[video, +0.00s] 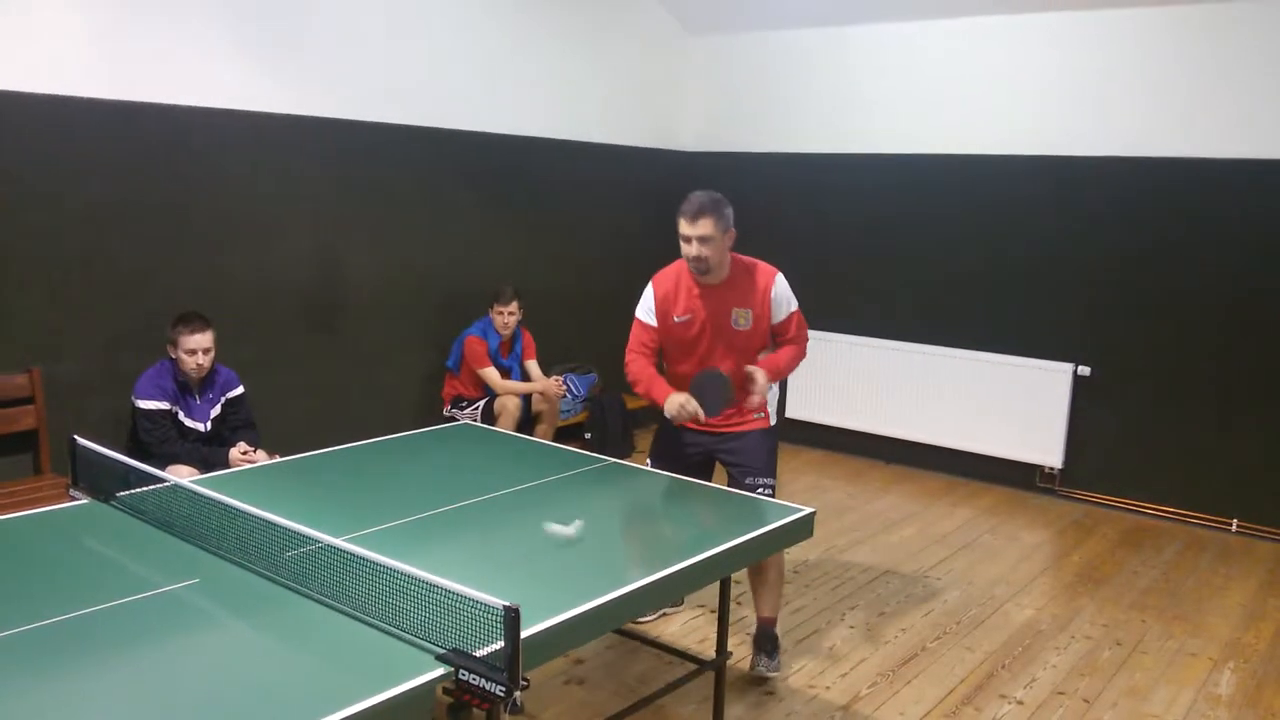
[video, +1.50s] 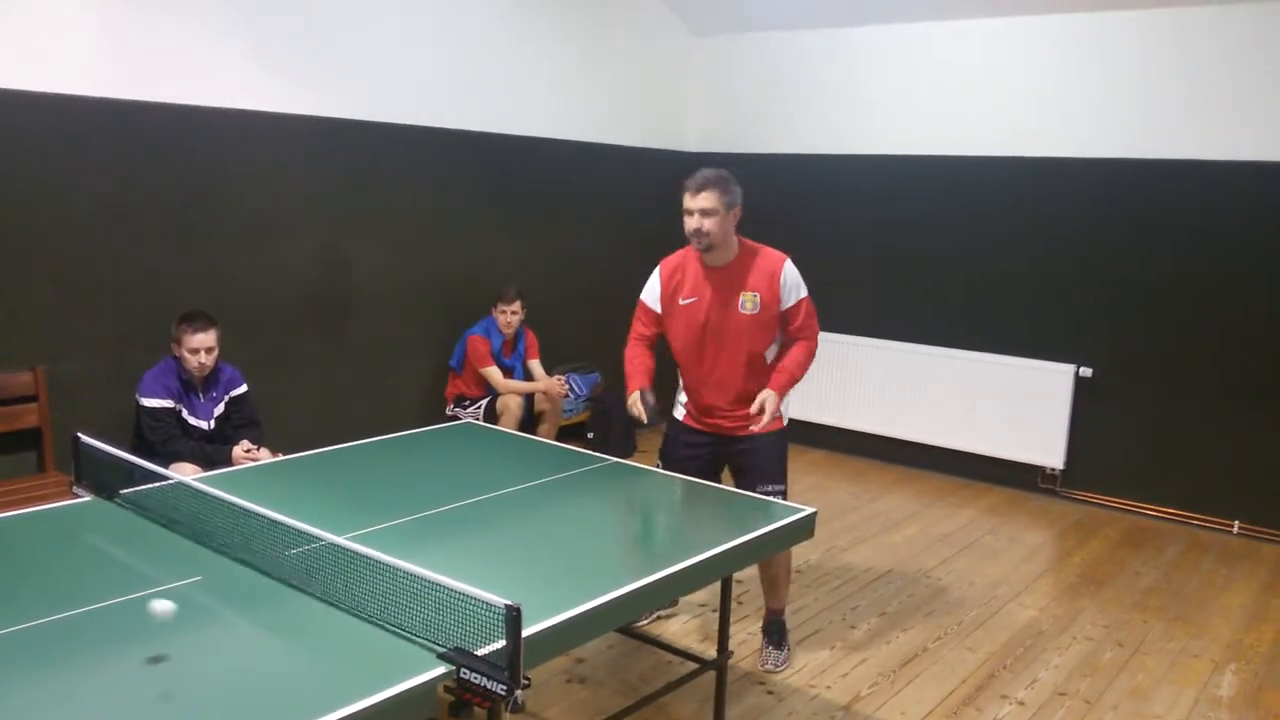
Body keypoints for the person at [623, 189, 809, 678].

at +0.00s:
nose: (695, 252)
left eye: (706, 241)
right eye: (687, 240)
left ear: (730, 238)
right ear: (678, 237)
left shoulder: (766, 282)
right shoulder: (662, 288)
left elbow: (795, 342)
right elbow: (636, 358)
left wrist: (767, 369)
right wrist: (666, 396)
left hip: (747, 423)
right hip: (683, 423)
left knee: (760, 523)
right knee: (662, 513)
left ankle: (766, 634)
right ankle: (667, 587)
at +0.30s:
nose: (732, 268)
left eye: (744, 258)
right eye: (724, 257)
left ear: (768, 257)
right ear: (715, 255)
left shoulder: (796, 301)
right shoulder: (695, 300)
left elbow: (816, 350)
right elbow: (641, 354)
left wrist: (813, 381)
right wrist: (660, 394)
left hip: (763, 440)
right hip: (698, 439)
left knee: (769, 539)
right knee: (673, 524)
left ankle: (763, 655)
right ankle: (660, 581)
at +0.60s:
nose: (700, 236)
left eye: (712, 226)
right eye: (693, 225)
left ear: (740, 229)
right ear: (685, 228)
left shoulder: (777, 287)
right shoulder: (668, 283)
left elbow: (798, 357)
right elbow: (660, 351)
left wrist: (744, 384)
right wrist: (678, 393)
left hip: (750, 438)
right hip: (685, 433)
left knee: (757, 544)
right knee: (659, 517)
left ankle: (760, 655)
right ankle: (663, 590)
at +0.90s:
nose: (657, 226)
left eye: (668, 217)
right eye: (652, 217)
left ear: (699, 219)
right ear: (648, 220)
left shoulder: (739, 277)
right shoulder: (645, 274)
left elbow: (758, 352)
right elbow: (635, 339)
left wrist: (699, 386)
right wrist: (649, 381)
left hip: (739, 425)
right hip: (679, 423)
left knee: (752, 522)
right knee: (658, 511)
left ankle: (769, 637)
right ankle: (666, 594)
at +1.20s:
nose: (669, 234)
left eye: (680, 224)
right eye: (663, 224)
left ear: (709, 222)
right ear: (658, 225)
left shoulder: (751, 274)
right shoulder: (653, 279)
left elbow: (778, 346)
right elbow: (634, 345)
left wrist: (725, 387)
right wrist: (643, 392)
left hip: (753, 423)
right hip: (688, 421)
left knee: (767, 520)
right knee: (667, 508)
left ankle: (779, 622)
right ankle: (668, 590)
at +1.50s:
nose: (696, 224)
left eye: (707, 214)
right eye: (689, 213)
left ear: (735, 214)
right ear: (682, 215)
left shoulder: (775, 270)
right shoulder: (669, 272)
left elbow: (804, 336)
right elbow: (641, 336)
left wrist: (776, 388)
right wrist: (637, 384)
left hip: (757, 424)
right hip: (693, 418)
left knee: (770, 524)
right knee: (666, 509)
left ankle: (774, 625)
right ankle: (661, 588)